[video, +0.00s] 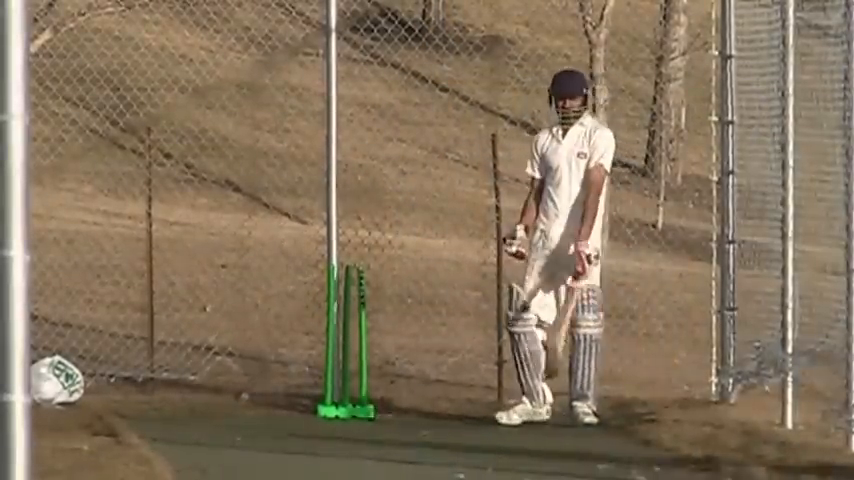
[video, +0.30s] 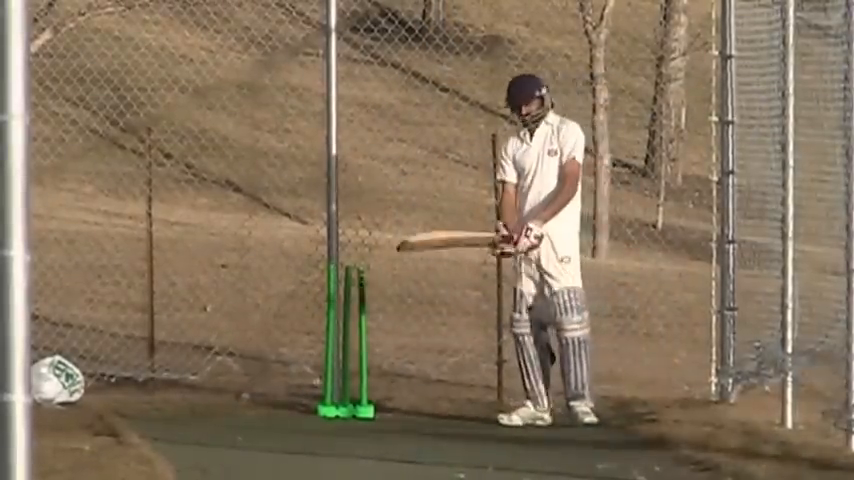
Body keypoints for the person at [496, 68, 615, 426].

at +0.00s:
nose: (567, 105)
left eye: (574, 99)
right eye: (560, 99)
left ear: (586, 100)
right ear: (552, 102)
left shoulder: (599, 137)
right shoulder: (543, 141)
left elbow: (594, 190)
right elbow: (536, 193)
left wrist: (583, 240)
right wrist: (521, 231)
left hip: (583, 247)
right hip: (544, 247)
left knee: (586, 323)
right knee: (523, 320)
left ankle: (583, 402)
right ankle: (535, 399)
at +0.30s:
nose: (526, 112)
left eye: (530, 104)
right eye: (519, 107)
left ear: (544, 98)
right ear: (513, 109)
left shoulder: (568, 131)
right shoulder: (511, 143)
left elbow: (569, 185)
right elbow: (508, 192)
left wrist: (536, 222)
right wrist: (508, 227)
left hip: (559, 246)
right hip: (523, 247)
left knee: (570, 321)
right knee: (523, 324)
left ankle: (579, 401)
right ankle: (538, 404)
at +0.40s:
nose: (507, 115)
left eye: (511, 107)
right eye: (501, 111)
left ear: (524, 101)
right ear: (497, 113)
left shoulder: (555, 131)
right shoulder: (502, 144)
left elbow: (558, 188)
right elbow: (501, 197)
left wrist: (526, 228)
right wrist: (501, 231)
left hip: (551, 243)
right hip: (518, 245)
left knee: (554, 318)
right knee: (521, 322)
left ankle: (565, 396)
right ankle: (537, 399)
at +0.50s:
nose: (488, 126)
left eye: (490, 117)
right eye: (483, 121)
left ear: (503, 108)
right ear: (484, 120)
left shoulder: (539, 130)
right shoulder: (495, 149)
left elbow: (550, 187)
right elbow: (496, 201)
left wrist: (525, 231)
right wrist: (499, 238)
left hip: (544, 238)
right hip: (515, 242)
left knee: (535, 314)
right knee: (515, 319)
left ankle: (541, 399)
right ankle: (536, 396)